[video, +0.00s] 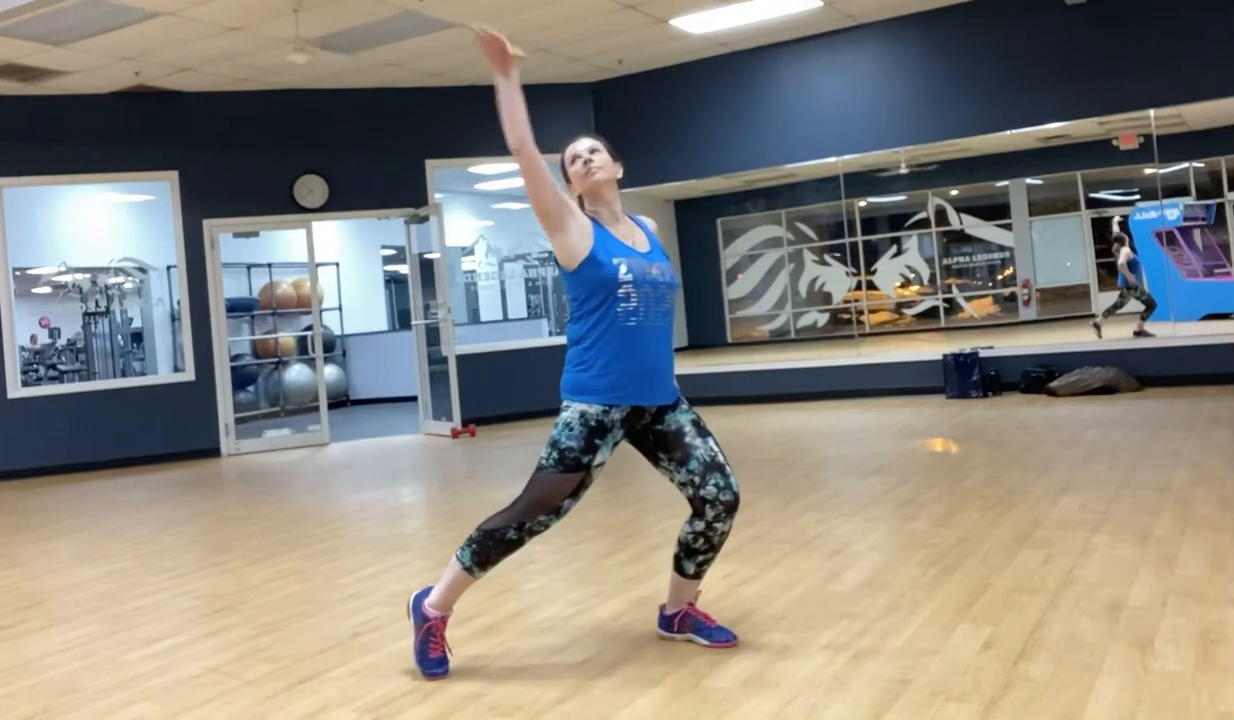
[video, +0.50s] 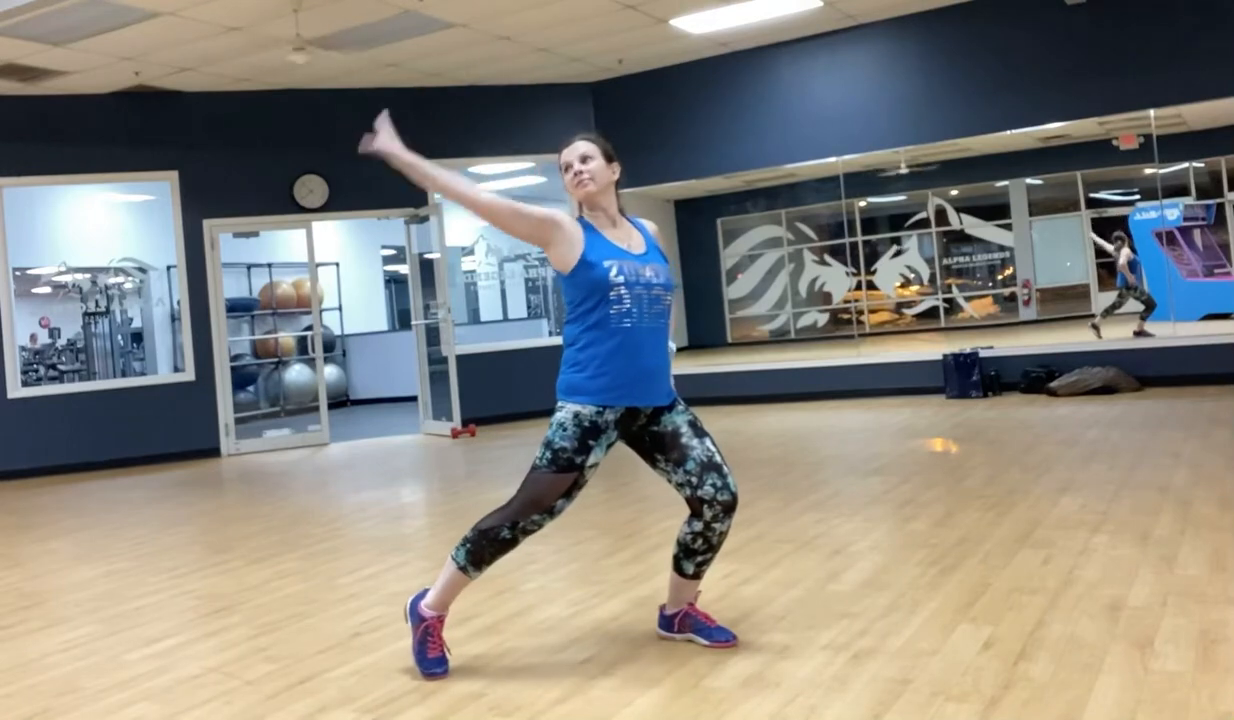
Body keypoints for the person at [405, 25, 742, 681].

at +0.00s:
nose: (585, 158)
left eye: (593, 151)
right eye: (574, 160)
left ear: (618, 169)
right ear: (571, 185)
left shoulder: (646, 229)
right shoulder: (571, 230)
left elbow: (645, 306)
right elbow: (525, 154)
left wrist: (649, 366)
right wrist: (507, 78)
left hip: (657, 399)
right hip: (594, 404)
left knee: (720, 498)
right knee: (537, 511)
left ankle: (679, 609)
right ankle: (433, 608)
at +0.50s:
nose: (575, 170)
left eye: (585, 160)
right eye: (566, 169)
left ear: (615, 171)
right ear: (565, 187)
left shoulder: (645, 234)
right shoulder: (562, 230)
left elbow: (655, 310)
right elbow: (473, 197)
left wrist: (659, 369)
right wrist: (400, 154)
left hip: (655, 400)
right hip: (589, 404)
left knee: (717, 497)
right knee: (531, 511)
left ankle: (679, 609)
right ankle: (429, 609)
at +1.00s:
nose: (572, 188)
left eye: (580, 175)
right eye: (563, 180)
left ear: (607, 169)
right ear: (556, 181)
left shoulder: (654, 221)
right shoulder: (551, 223)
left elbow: (716, 263)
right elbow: (470, 203)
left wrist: (712, 326)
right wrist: (399, 166)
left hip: (650, 389)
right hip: (571, 392)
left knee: (704, 495)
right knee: (524, 504)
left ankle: (678, 610)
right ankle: (460, 623)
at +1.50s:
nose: (532, 194)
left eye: (541, 180)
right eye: (521, 184)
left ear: (566, 168)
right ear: (513, 181)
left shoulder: (600, 213)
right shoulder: (526, 231)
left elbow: (687, 208)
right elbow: (534, 301)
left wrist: (769, 180)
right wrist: (519, 348)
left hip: (608, 390)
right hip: (542, 398)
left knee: (672, 497)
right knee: (501, 499)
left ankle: (752, 583)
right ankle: (539, 620)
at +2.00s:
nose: (526, 174)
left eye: (538, 165)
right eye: (521, 166)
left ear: (566, 174)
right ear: (517, 175)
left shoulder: (567, 231)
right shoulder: (542, 234)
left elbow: (507, 297)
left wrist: (441, 331)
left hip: (597, 398)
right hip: (544, 405)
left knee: (657, 508)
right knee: (491, 502)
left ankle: (753, 581)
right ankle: (540, 620)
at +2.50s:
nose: (528, 151)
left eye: (542, 147)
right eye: (530, 145)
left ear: (567, 169)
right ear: (544, 170)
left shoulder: (565, 209)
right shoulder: (546, 225)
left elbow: (506, 134)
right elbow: (584, 304)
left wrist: (467, 64)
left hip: (593, 398)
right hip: (539, 405)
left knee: (655, 507)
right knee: (496, 506)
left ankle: (752, 582)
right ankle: (539, 620)